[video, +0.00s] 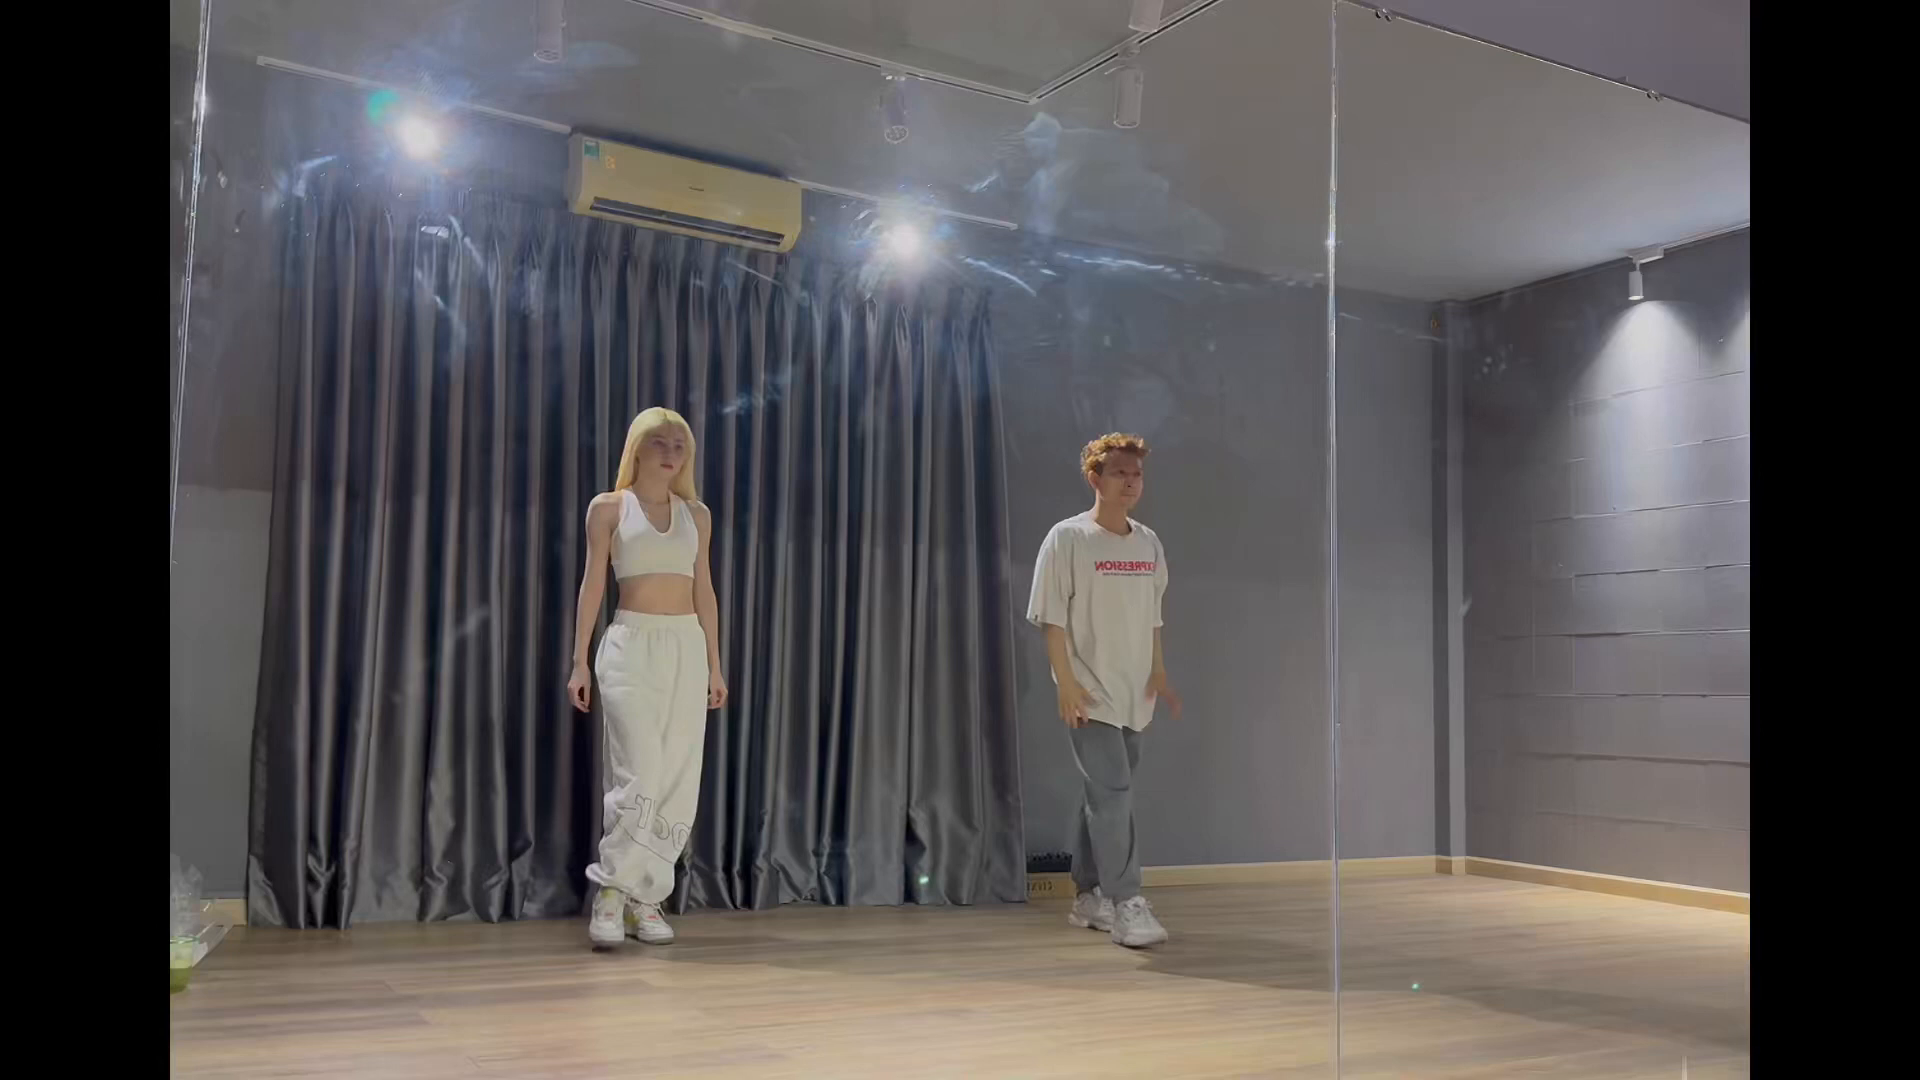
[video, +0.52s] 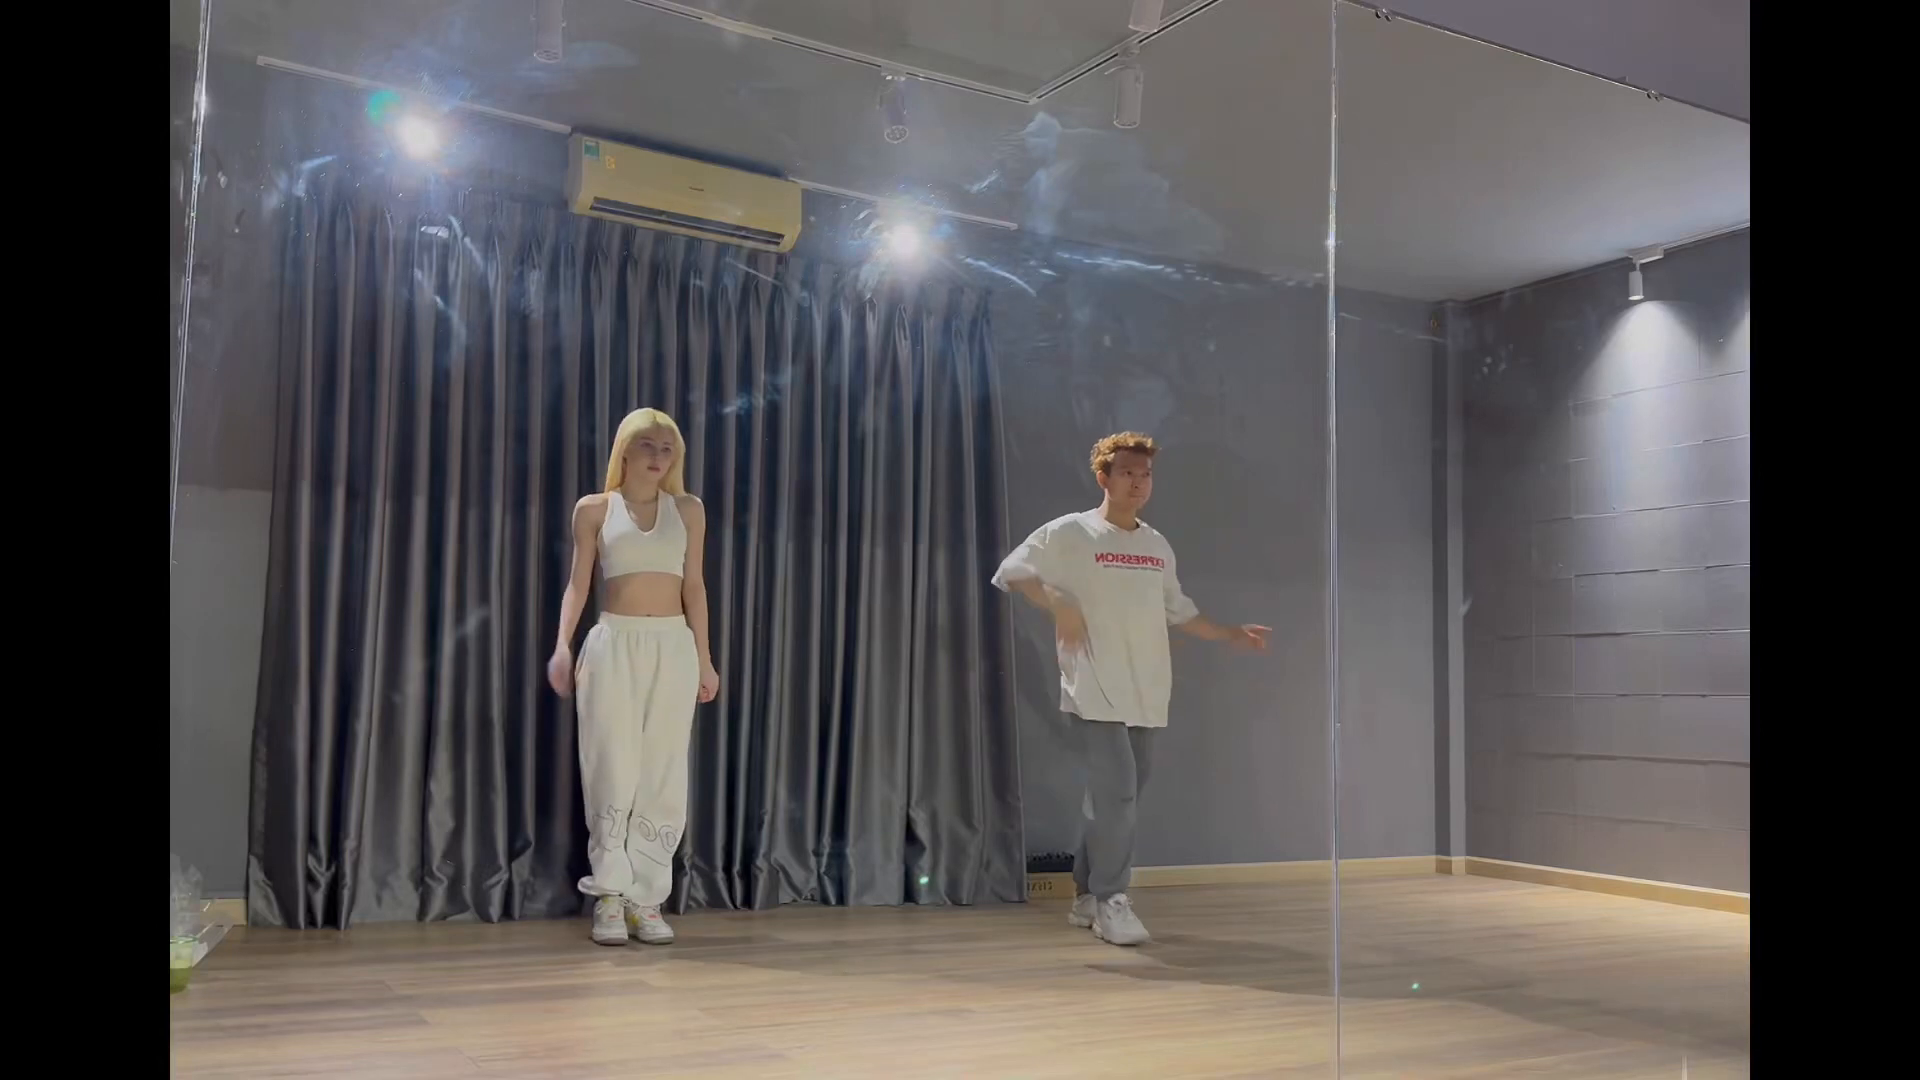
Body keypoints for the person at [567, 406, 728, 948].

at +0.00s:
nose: (669, 451)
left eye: (678, 445)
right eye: (659, 442)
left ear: (688, 456)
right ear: (637, 449)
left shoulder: (697, 515)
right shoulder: (610, 507)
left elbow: (703, 590)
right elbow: (593, 586)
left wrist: (714, 664)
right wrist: (580, 660)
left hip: (688, 654)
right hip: (632, 651)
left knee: (675, 778)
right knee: (637, 777)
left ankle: (645, 901)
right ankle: (610, 896)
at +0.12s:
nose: (668, 452)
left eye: (677, 446)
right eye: (658, 442)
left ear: (687, 456)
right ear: (637, 448)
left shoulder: (696, 513)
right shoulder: (609, 505)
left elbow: (702, 588)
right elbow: (596, 586)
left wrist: (711, 663)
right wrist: (585, 660)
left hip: (685, 652)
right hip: (629, 649)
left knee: (672, 774)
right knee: (632, 772)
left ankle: (644, 897)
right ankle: (612, 892)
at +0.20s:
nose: (668, 453)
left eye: (677, 447)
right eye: (658, 444)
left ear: (687, 458)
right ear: (636, 450)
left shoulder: (695, 515)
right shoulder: (608, 506)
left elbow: (701, 593)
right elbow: (597, 588)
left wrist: (710, 666)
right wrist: (588, 662)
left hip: (683, 653)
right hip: (627, 651)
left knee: (669, 775)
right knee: (625, 772)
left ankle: (647, 901)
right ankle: (611, 899)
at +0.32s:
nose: (665, 452)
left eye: (674, 446)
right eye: (655, 443)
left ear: (683, 458)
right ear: (633, 449)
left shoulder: (693, 513)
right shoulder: (604, 505)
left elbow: (697, 590)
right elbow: (592, 584)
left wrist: (705, 665)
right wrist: (582, 659)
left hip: (680, 653)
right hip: (623, 650)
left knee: (665, 773)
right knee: (618, 771)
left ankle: (645, 899)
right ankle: (610, 897)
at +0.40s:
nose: (662, 453)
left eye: (671, 447)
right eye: (652, 444)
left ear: (681, 457)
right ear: (630, 449)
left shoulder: (692, 512)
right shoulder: (601, 505)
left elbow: (696, 588)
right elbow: (585, 584)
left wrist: (704, 664)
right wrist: (575, 657)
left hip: (678, 652)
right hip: (620, 651)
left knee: (665, 773)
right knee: (619, 771)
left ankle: (647, 900)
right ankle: (610, 898)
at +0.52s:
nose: (657, 454)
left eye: (666, 447)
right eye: (647, 445)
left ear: (676, 457)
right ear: (625, 450)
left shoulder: (689, 511)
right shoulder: (595, 509)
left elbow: (694, 587)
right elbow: (578, 586)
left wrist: (704, 658)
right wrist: (562, 646)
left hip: (674, 652)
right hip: (613, 651)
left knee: (661, 773)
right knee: (614, 771)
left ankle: (646, 901)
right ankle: (610, 899)